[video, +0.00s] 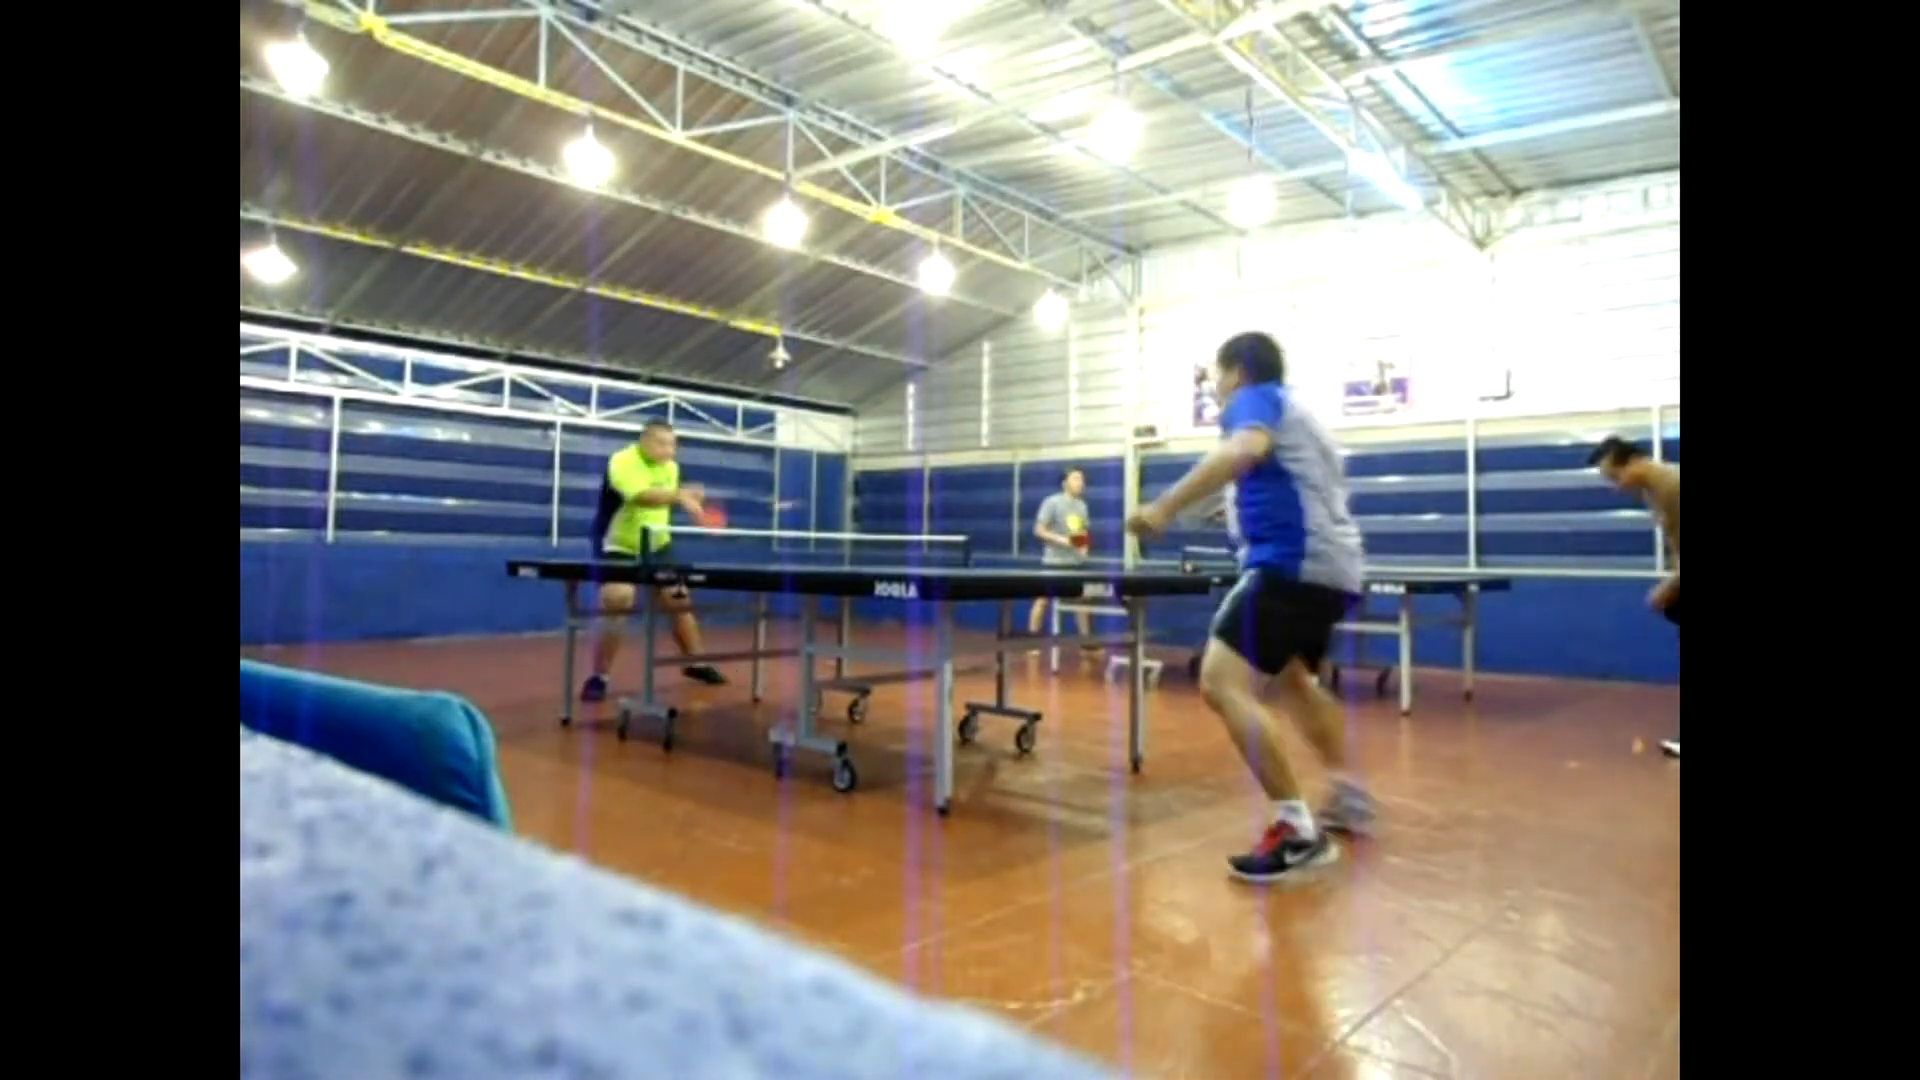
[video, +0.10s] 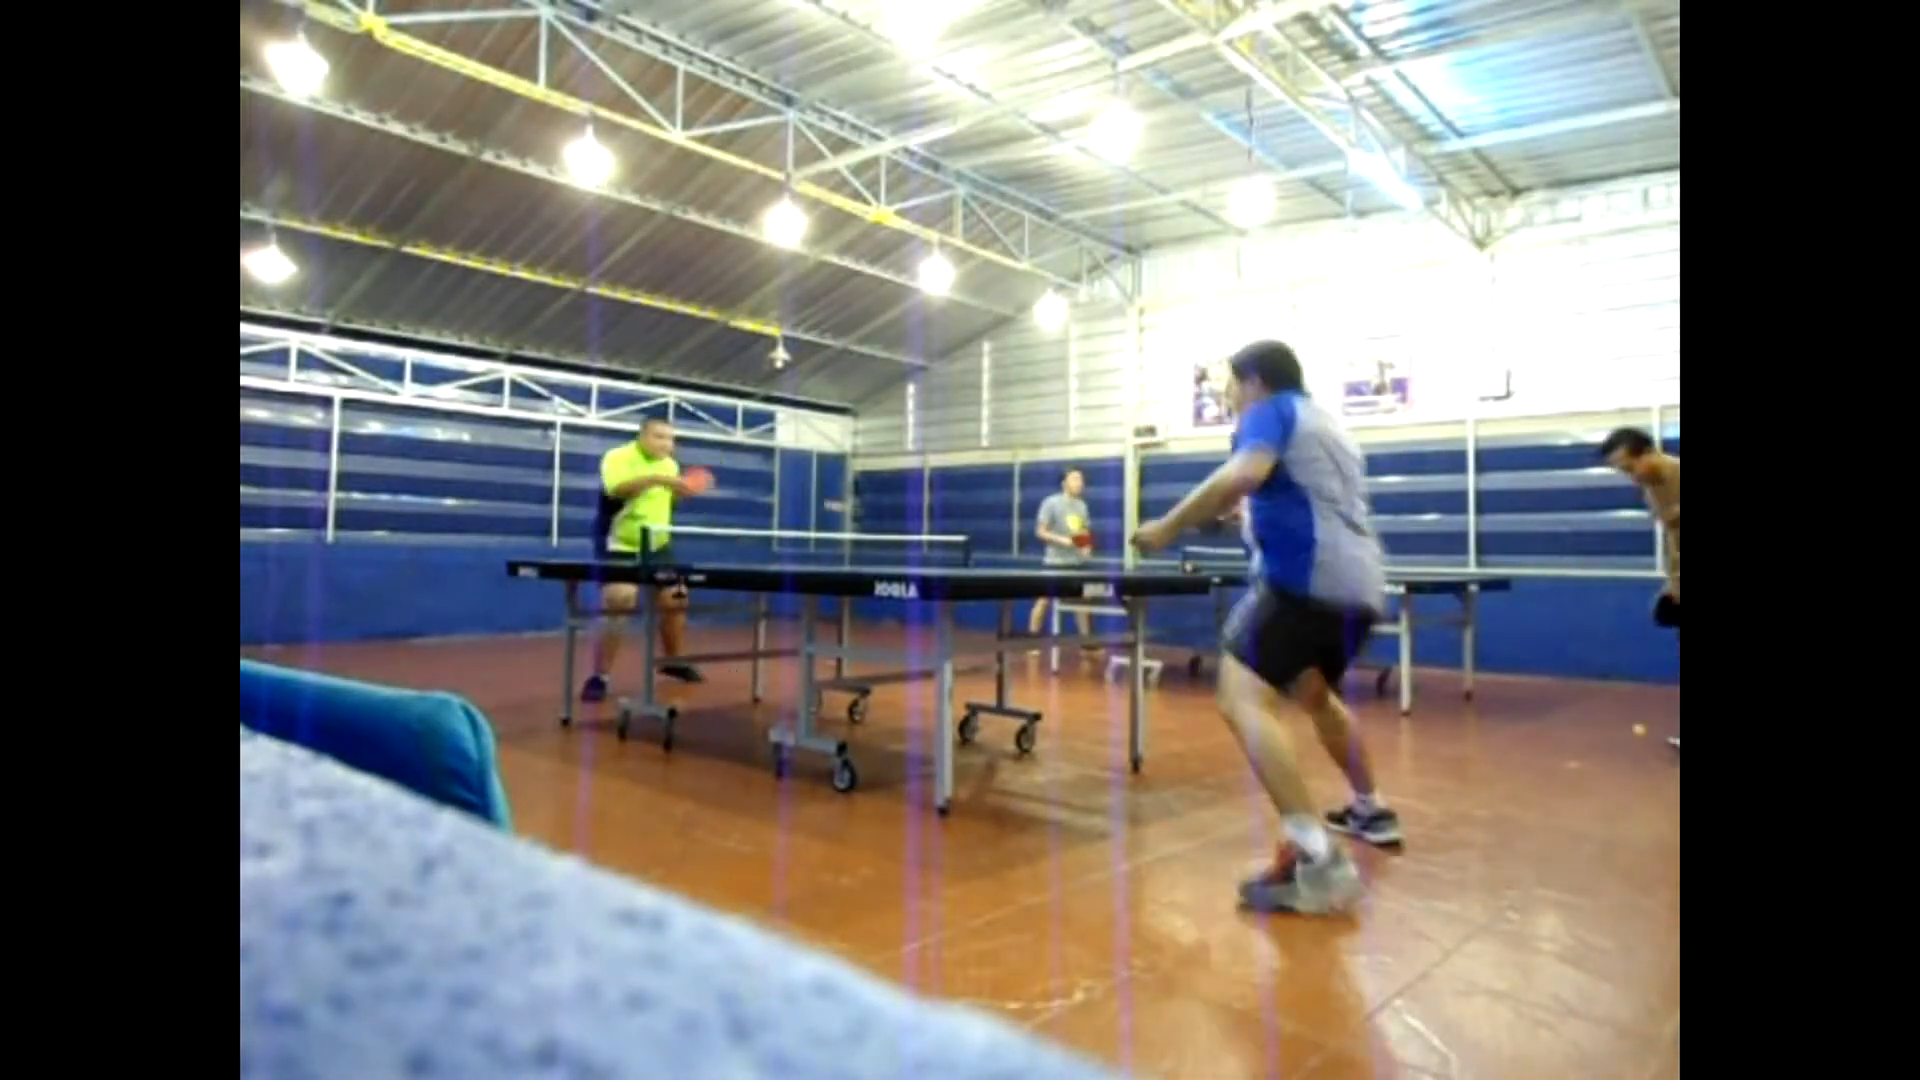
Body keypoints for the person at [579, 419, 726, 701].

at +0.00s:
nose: (667, 450)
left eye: (670, 444)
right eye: (661, 443)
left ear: (673, 447)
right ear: (645, 442)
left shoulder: (671, 467)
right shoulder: (621, 462)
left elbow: (664, 498)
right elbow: (638, 495)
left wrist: (687, 501)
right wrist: (680, 497)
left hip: (658, 544)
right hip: (620, 545)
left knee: (679, 600)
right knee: (618, 602)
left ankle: (695, 661)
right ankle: (600, 675)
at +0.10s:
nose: (666, 444)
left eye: (670, 438)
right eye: (659, 436)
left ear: (672, 441)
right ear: (642, 436)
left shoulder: (669, 465)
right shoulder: (617, 457)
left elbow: (667, 498)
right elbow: (616, 489)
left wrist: (687, 487)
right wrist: (660, 481)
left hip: (658, 543)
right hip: (621, 545)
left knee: (675, 598)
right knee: (620, 602)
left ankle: (674, 659)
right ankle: (601, 674)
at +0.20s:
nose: (665, 443)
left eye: (670, 438)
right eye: (659, 436)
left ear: (673, 442)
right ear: (643, 436)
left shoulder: (672, 470)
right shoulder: (621, 458)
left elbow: (672, 503)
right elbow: (598, 485)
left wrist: (688, 493)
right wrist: (631, 478)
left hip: (660, 546)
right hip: (624, 545)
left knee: (671, 602)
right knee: (624, 602)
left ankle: (664, 662)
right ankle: (601, 675)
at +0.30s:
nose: (667, 443)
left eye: (672, 438)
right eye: (661, 436)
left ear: (676, 442)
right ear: (646, 437)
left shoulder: (679, 474)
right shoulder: (623, 459)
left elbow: (677, 505)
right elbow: (589, 483)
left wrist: (692, 504)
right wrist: (616, 490)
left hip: (661, 548)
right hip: (623, 546)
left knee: (671, 603)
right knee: (617, 601)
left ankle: (663, 663)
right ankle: (599, 671)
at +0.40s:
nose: (664, 442)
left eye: (669, 436)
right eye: (658, 434)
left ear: (674, 440)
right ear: (645, 435)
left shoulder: (681, 471)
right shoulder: (621, 459)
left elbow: (685, 499)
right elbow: (587, 485)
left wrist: (691, 508)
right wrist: (611, 501)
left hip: (661, 544)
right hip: (620, 542)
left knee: (670, 602)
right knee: (607, 598)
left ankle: (664, 662)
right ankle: (582, 666)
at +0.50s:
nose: (658, 441)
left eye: (663, 436)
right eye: (652, 434)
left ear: (668, 439)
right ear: (639, 434)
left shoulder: (676, 470)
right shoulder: (615, 458)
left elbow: (687, 498)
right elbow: (581, 484)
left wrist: (685, 502)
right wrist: (608, 502)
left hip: (657, 545)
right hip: (614, 542)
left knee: (669, 600)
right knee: (591, 599)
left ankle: (664, 662)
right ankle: (560, 663)